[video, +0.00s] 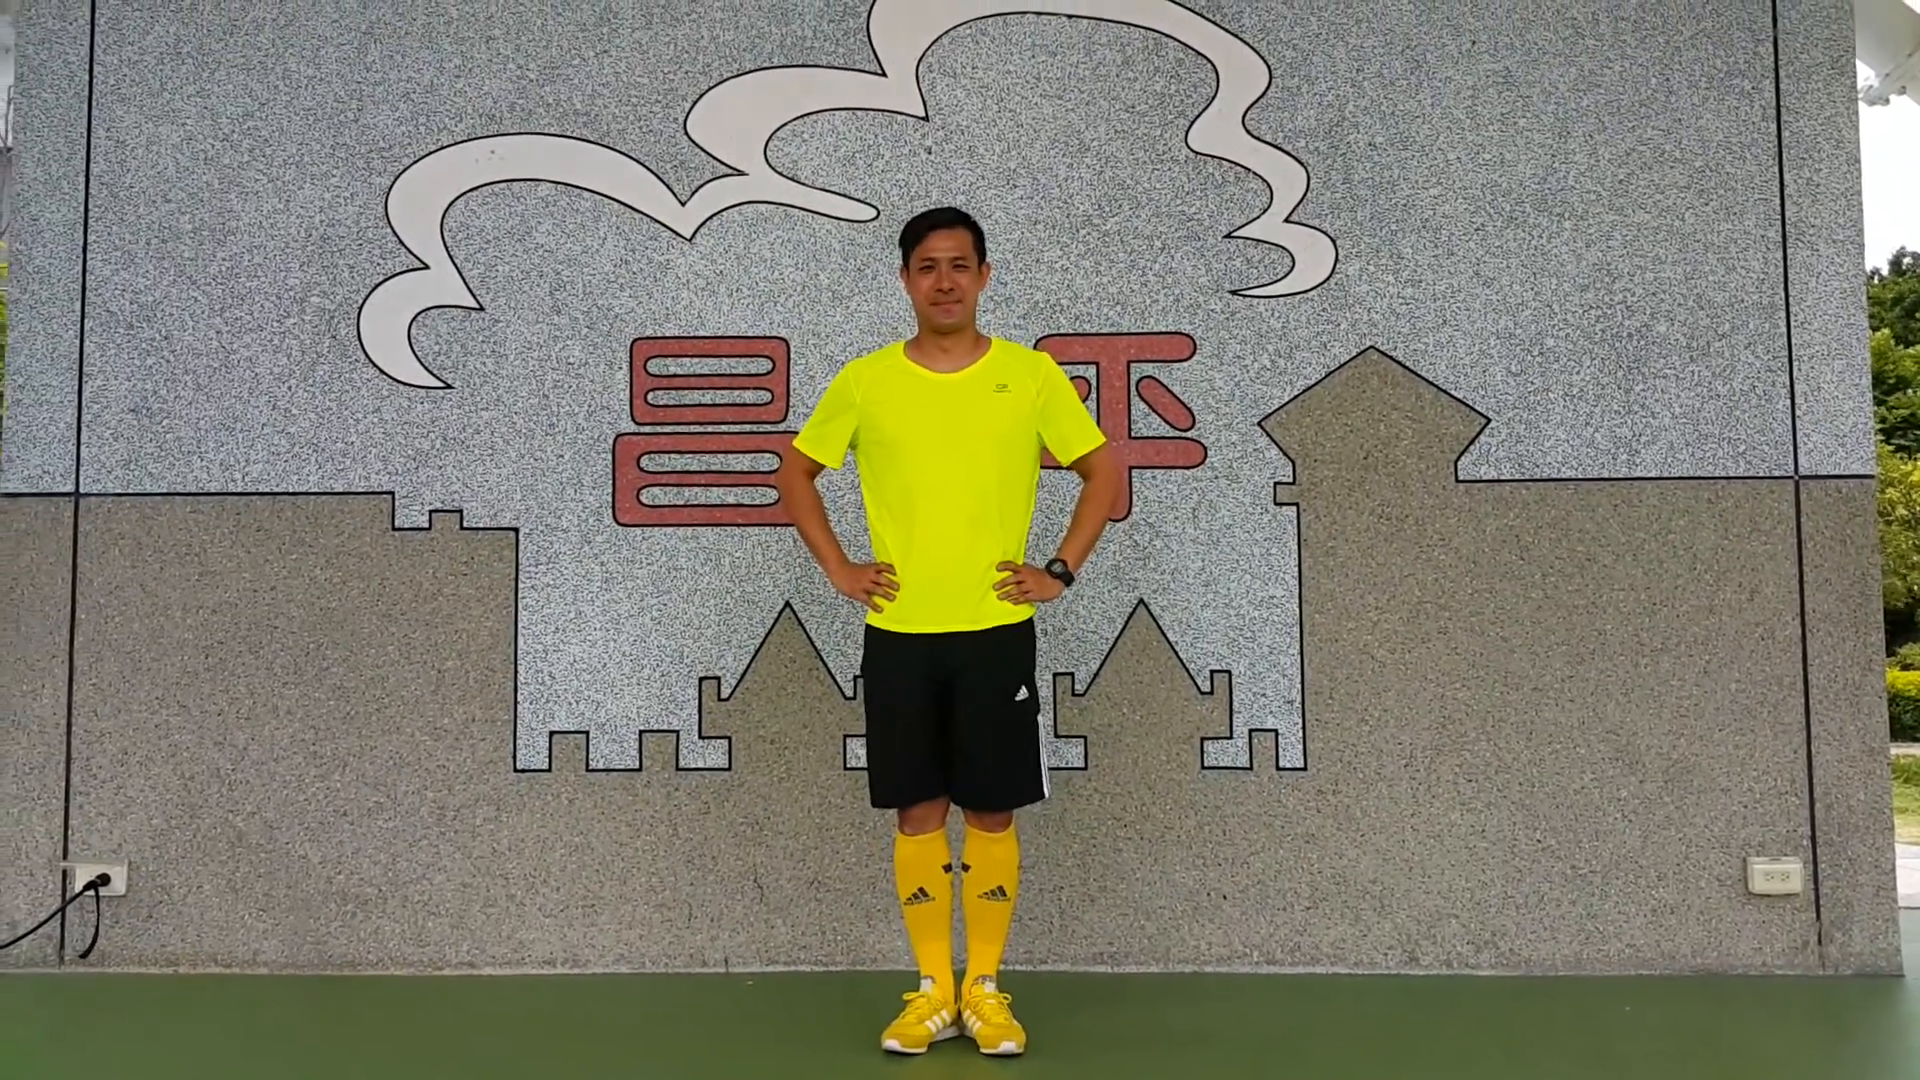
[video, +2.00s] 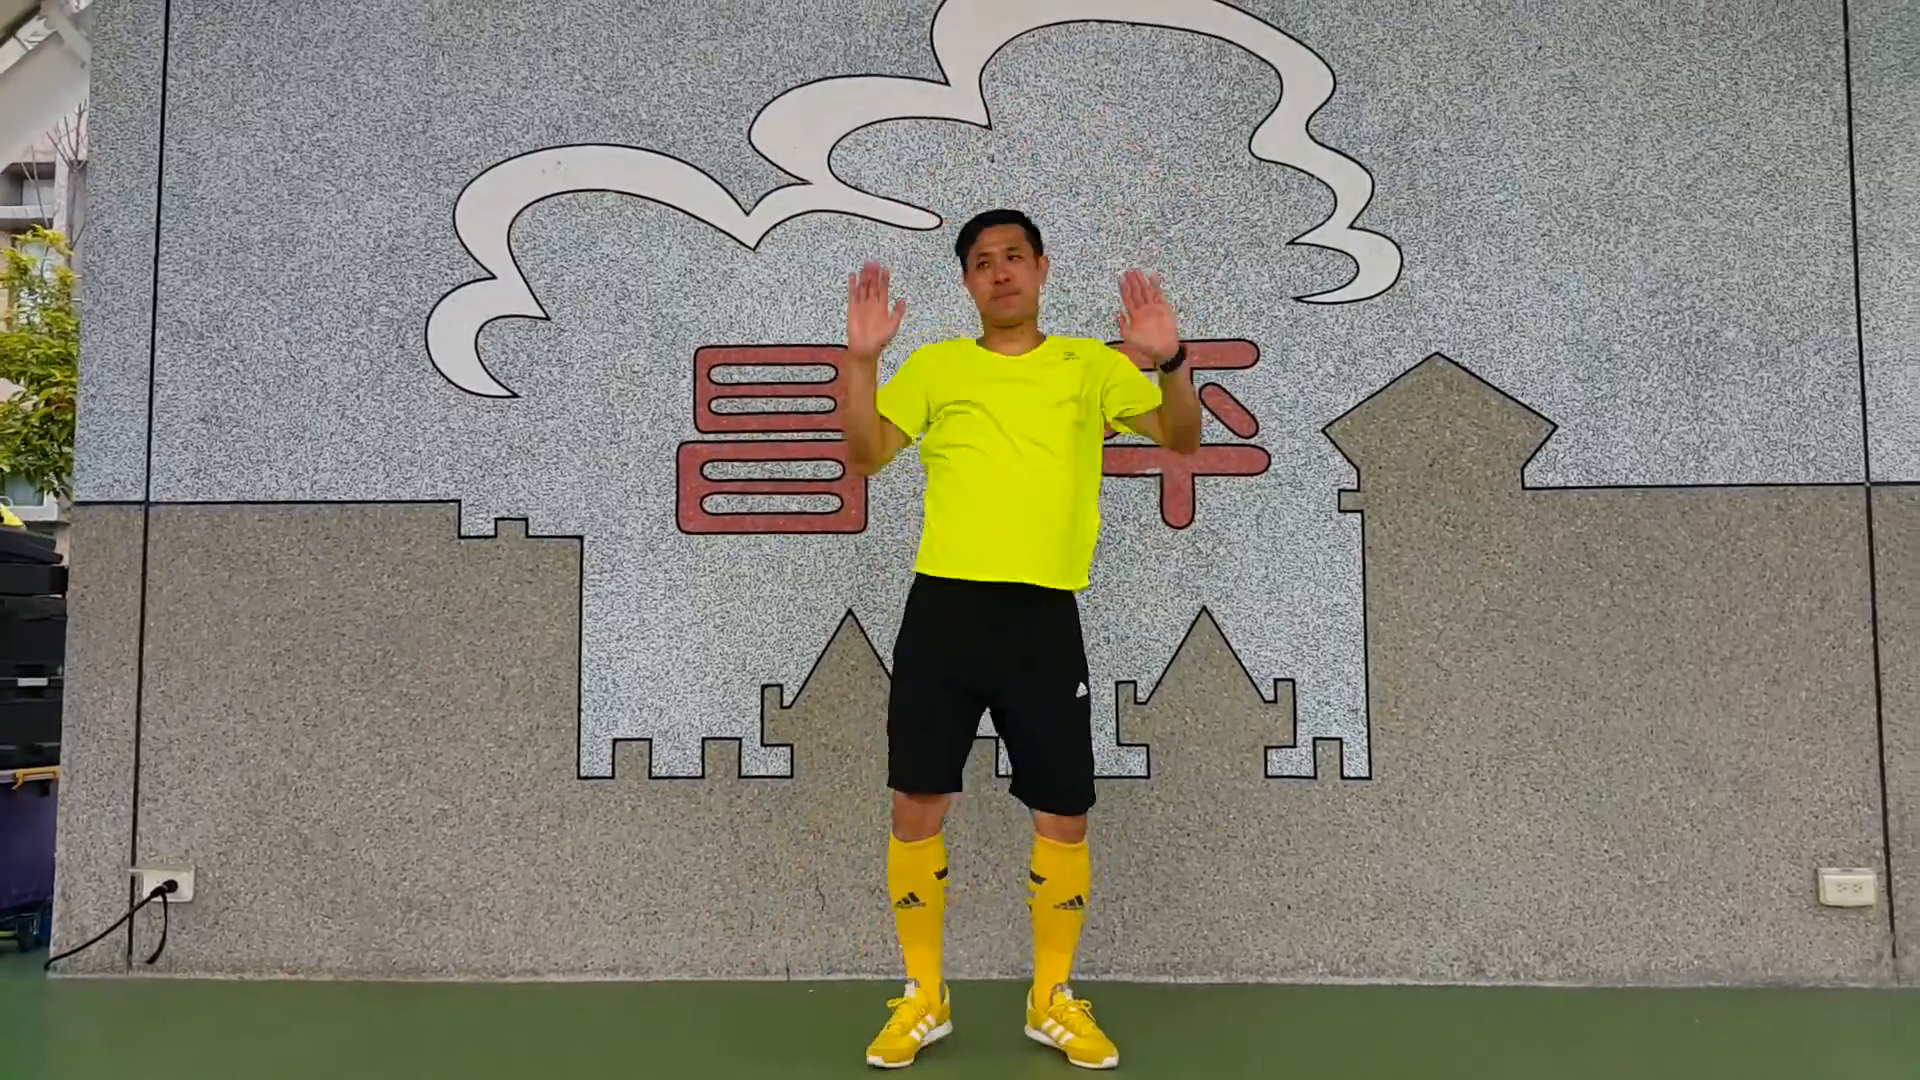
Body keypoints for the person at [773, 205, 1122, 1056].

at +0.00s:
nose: (944, 280)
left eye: (960, 265)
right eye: (928, 267)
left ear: (984, 278)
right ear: (906, 282)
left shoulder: (1030, 373)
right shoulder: (865, 380)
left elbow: (1106, 469)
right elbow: (794, 474)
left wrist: (1061, 570)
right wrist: (838, 566)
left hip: (997, 624)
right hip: (900, 626)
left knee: (990, 809)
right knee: (918, 808)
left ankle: (983, 989)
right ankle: (934, 991)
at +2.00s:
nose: (999, 271)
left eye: (1013, 257)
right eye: (983, 262)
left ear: (1043, 272)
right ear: (967, 286)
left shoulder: (1091, 363)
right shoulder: (937, 365)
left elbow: (1181, 437)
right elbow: (868, 450)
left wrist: (1170, 364)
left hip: (1045, 612)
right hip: (942, 607)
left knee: (1063, 809)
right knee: (917, 802)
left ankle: (1052, 999)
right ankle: (923, 997)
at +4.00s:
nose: (974, 246)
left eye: (990, 233)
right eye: (959, 236)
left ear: (1015, 252)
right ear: (939, 257)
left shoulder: (1055, 346)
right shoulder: (906, 351)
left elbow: (1125, 435)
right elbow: (824, 434)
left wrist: (1148, 375)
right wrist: (789, 363)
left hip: (1024, 588)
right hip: (921, 588)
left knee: (1071, 770)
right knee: (884, 767)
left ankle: (1121, 952)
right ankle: (849, 953)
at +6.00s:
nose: (933, 202)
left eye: (950, 190)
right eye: (937, 190)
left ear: (997, 214)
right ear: (947, 216)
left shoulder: (1039, 294)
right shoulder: (909, 311)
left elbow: (1077, 293)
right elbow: (804, 342)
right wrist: (792, 246)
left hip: (1031, 552)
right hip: (927, 558)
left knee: (1098, 735)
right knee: (873, 734)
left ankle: (1161, 875)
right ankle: (858, 916)